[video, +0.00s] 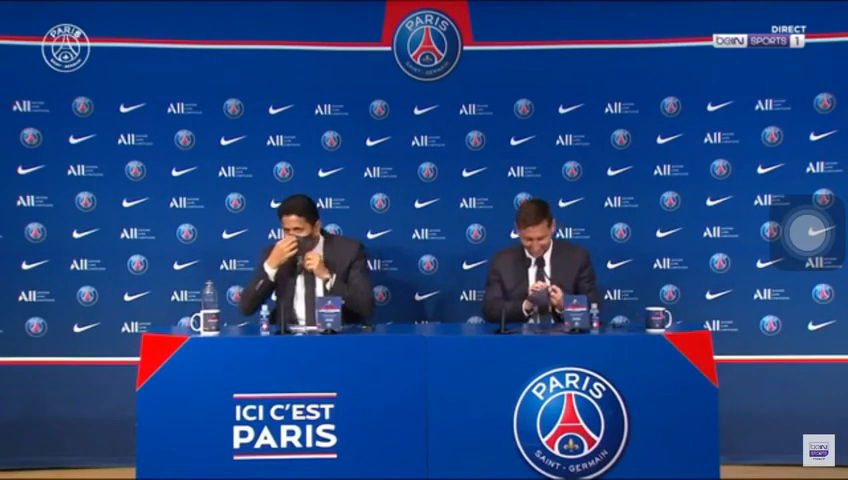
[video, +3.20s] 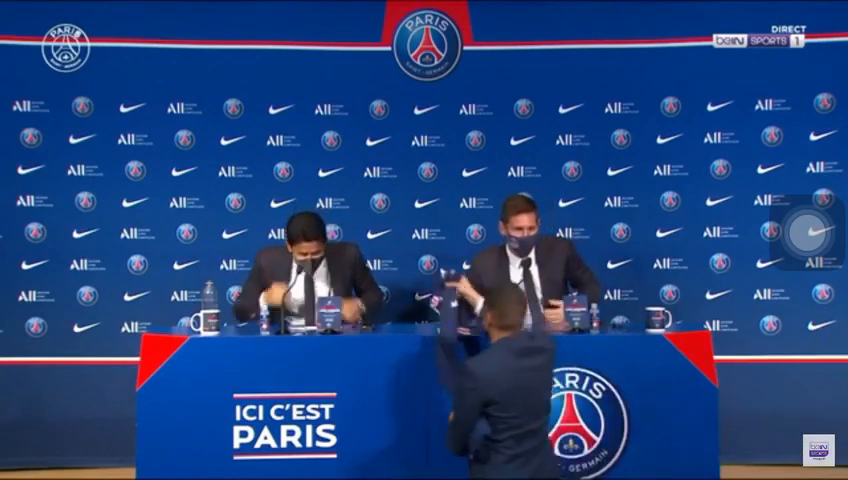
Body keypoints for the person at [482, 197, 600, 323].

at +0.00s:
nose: (535, 246)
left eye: (541, 238)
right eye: (528, 239)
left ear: (552, 227)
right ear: (518, 232)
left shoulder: (577, 257)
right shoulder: (502, 261)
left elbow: (592, 307)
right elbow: (490, 310)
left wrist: (564, 304)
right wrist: (526, 306)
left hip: (566, 342)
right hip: (518, 343)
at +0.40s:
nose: (535, 230)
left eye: (542, 222)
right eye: (529, 222)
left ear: (554, 223)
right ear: (520, 223)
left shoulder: (578, 257)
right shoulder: (503, 260)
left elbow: (596, 304)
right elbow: (490, 313)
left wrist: (572, 288)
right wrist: (512, 293)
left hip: (566, 341)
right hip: (518, 342)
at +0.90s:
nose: (536, 226)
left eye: (544, 219)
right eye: (531, 219)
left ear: (556, 221)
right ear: (522, 221)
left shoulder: (576, 252)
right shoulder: (507, 254)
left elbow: (600, 304)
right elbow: (487, 310)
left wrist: (577, 263)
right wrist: (505, 271)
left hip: (566, 340)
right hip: (518, 341)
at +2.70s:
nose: (532, 231)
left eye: (538, 225)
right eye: (525, 225)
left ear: (549, 225)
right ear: (514, 225)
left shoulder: (569, 253)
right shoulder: (498, 260)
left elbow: (583, 295)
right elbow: (479, 313)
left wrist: (554, 269)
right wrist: (501, 290)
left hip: (557, 341)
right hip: (512, 342)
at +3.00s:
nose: (528, 236)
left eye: (534, 229)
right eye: (521, 229)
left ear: (541, 225)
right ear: (506, 228)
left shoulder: (562, 250)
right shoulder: (487, 262)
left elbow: (593, 291)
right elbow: (474, 306)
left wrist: (569, 289)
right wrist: (501, 312)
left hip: (556, 340)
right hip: (505, 344)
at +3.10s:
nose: (527, 236)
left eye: (532, 229)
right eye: (520, 230)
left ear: (539, 226)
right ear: (503, 228)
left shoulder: (561, 251)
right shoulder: (487, 261)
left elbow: (594, 290)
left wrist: (571, 299)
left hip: (557, 341)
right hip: (504, 345)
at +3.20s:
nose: (525, 236)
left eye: (531, 229)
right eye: (518, 230)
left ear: (538, 225)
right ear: (503, 229)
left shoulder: (559, 250)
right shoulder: (486, 261)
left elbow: (592, 288)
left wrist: (569, 310)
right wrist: (474, 299)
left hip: (556, 344)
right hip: (508, 348)